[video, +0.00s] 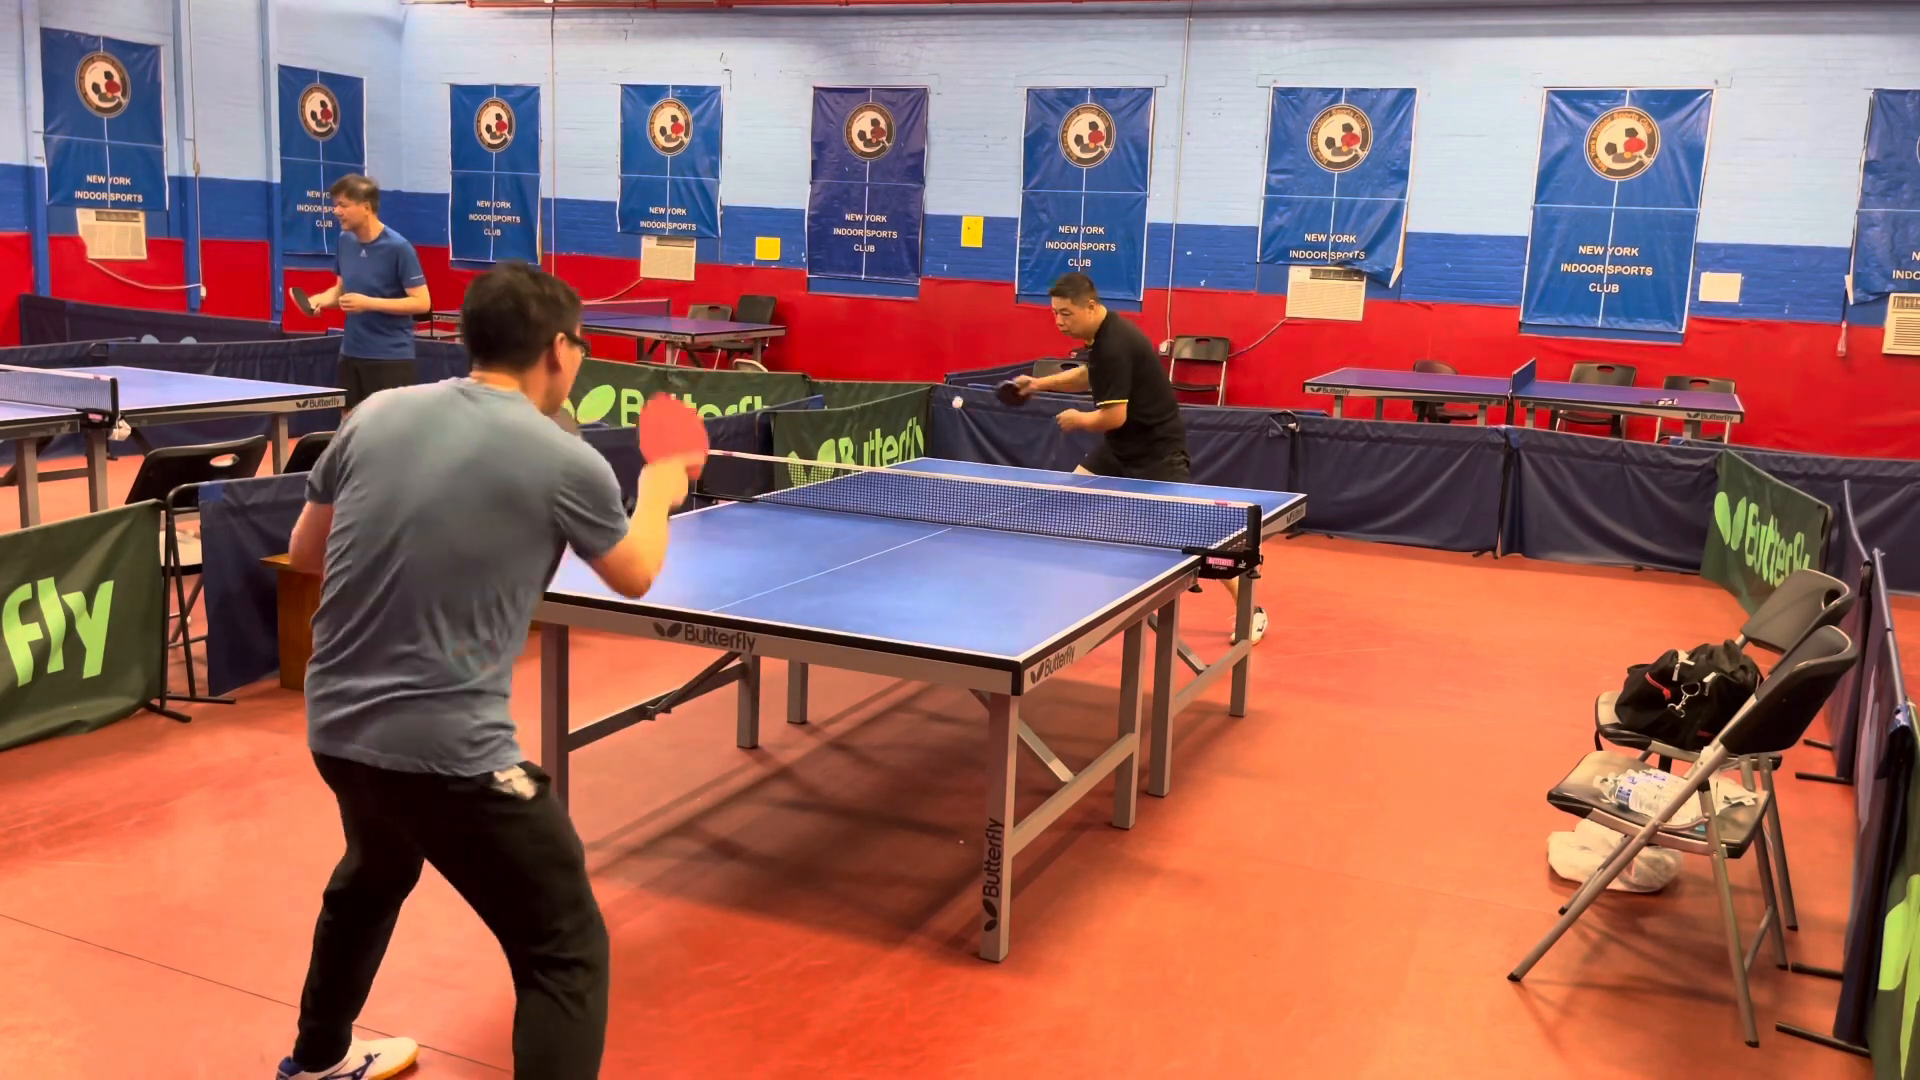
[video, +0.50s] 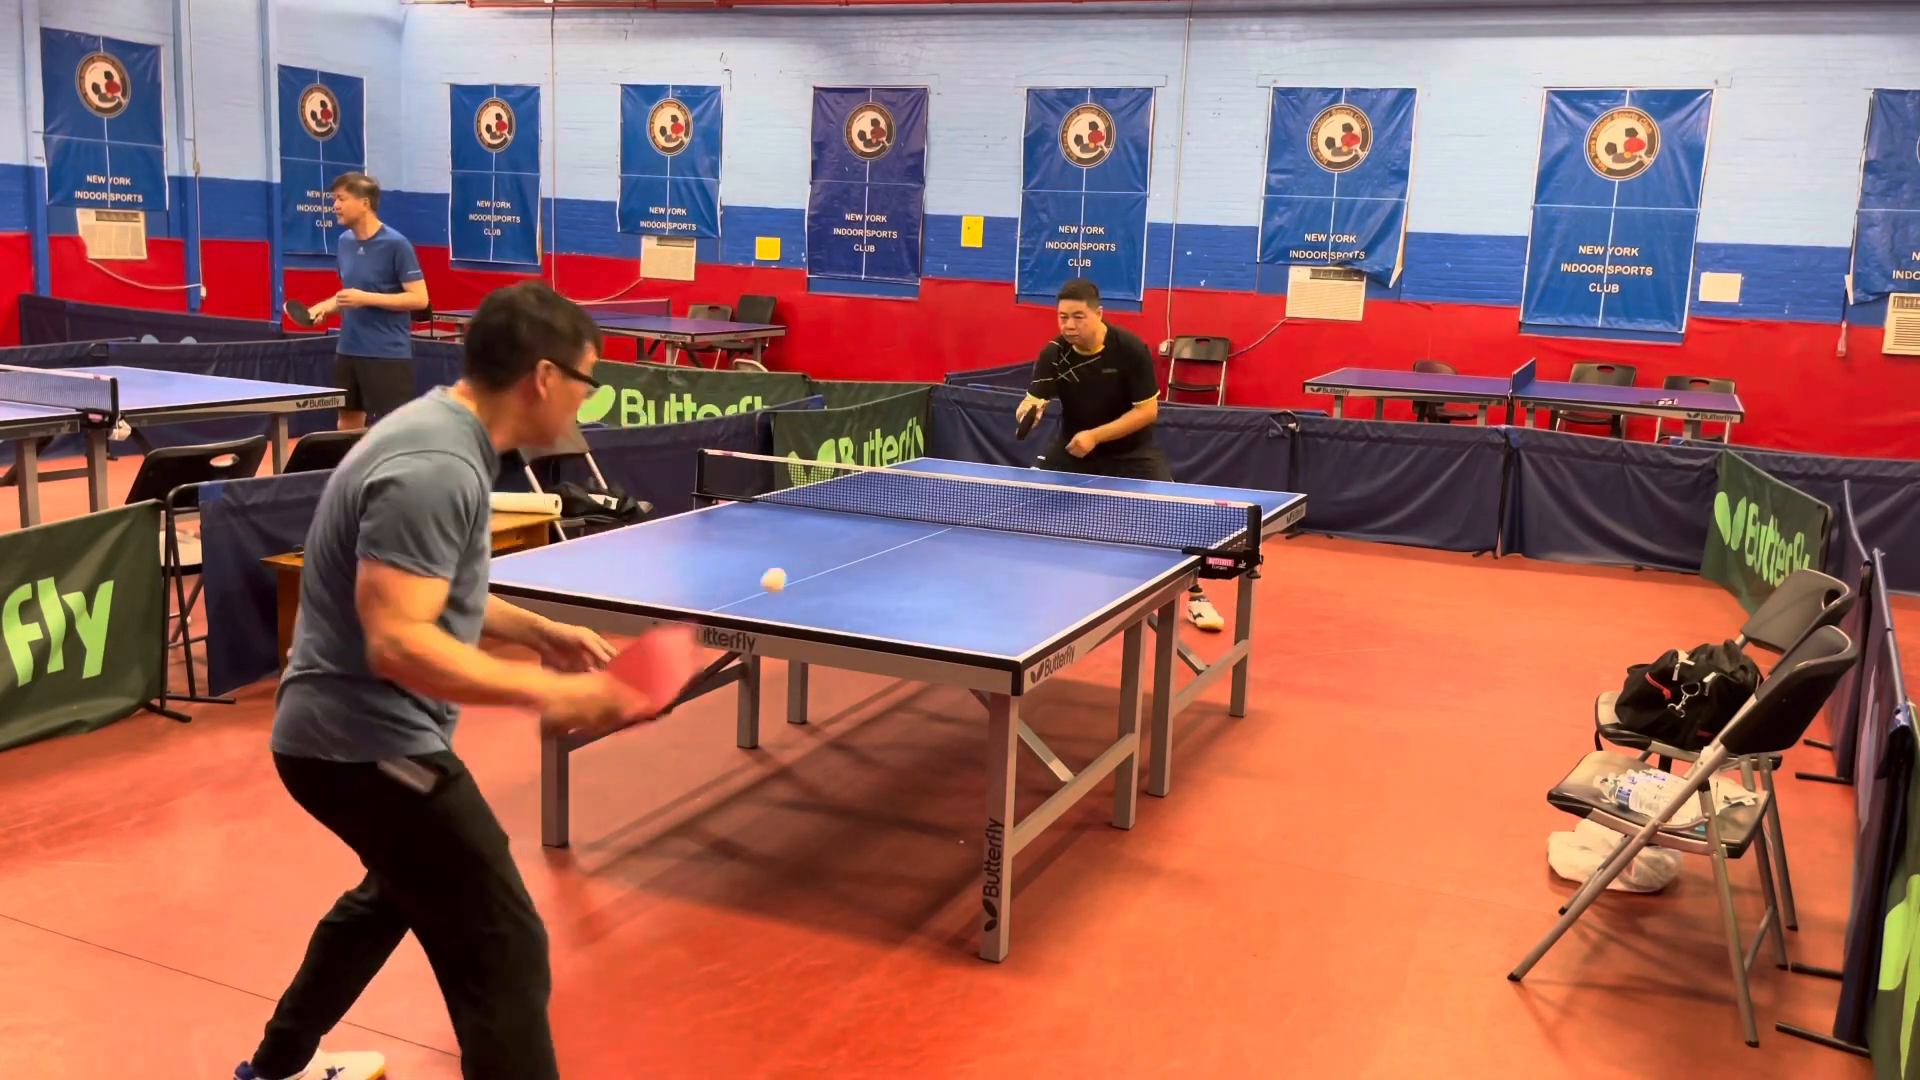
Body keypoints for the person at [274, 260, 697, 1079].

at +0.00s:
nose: (578, 360)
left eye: (576, 344)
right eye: (576, 344)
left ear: (472, 343)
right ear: (554, 349)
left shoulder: (374, 416)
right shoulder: (560, 458)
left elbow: (305, 554)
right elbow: (633, 574)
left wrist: (410, 548)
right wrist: (660, 490)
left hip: (339, 733)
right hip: (454, 750)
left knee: (375, 868)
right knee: (564, 952)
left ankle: (317, 1058)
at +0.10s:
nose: (606, 377)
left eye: (606, 360)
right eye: (605, 360)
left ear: (506, 356)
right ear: (583, 365)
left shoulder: (398, 419)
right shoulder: (580, 480)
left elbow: (316, 550)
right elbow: (597, 648)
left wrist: (423, 586)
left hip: (328, 729)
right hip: (441, 751)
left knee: (380, 865)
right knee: (563, 961)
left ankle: (316, 1056)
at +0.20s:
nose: (640, 392)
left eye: (642, 374)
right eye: (640, 373)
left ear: (541, 362)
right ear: (620, 377)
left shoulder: (436, 422)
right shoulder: (576, 488)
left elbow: (352, 537)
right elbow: (532, 667)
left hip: (317, 712)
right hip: (415, 742)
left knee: (373, 868)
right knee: (533, 958)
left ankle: (307, 1058)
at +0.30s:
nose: (656, 424)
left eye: (658, 405)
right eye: (658, 405)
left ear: (555, 387)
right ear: (632, 407)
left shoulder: (490, 445)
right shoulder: (537, 503)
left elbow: (435, 569)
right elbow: (451, 677)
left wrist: (537, 634)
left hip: (324, 727)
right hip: (382, 757)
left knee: (388, 892)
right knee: (528, 970)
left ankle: (275, 1062)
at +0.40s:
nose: (635, 432)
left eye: (638, 414)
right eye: (635, 414)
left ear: (541, 398)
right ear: (603, 416)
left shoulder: (481, 466)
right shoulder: (483, 505)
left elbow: (466, 608)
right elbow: (382, 659)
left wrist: (571, 653)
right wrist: (435, 798)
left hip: (357, 748)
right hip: (368, 771)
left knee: (418, 892)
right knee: (535, 952)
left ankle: (279, 1062)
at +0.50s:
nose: (584, 404)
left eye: (587, 385)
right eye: (583, 383)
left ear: (524, 374)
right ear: (540, 378)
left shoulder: (447, 443)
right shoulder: (433, 466)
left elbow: (434, 596)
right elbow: (395, 641)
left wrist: (540, 635)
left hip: (360, 731)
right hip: (364, 746)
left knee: (401, 887)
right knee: (504, 947)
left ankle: (276, 1063)